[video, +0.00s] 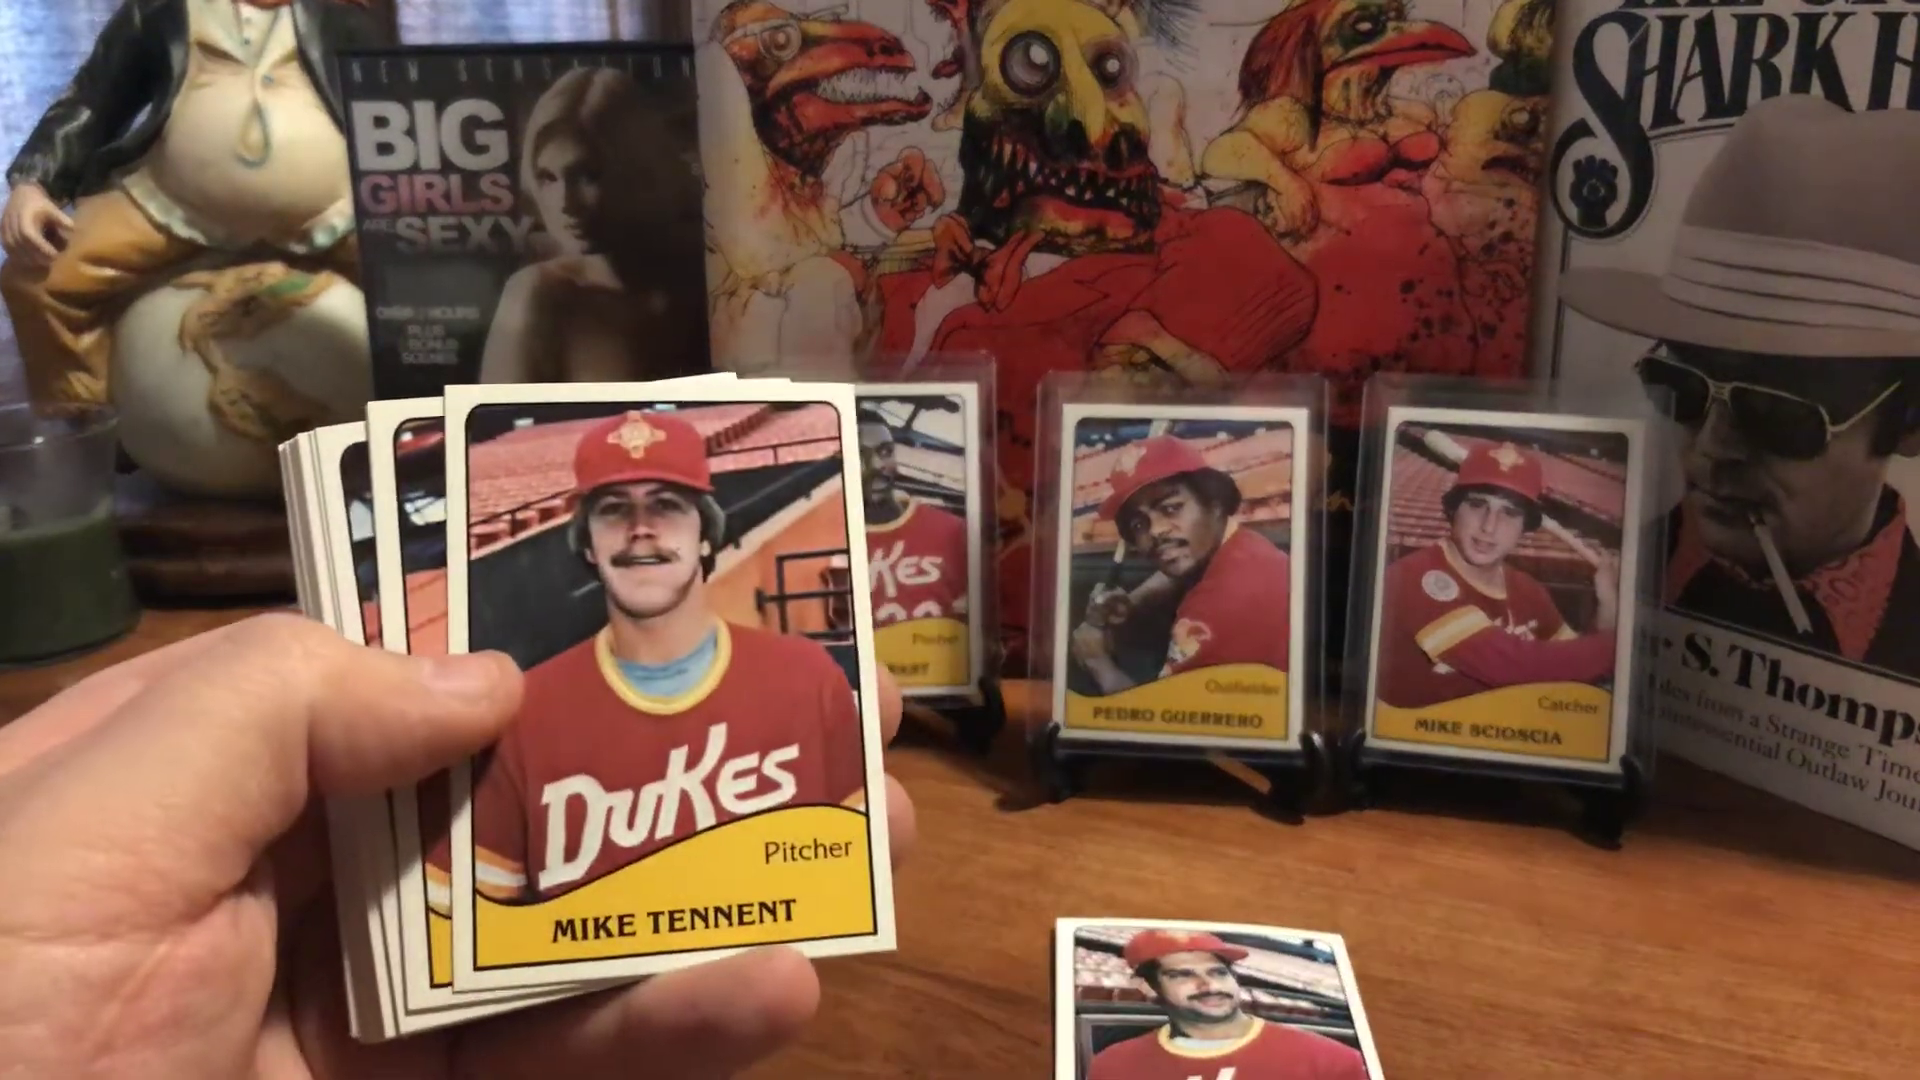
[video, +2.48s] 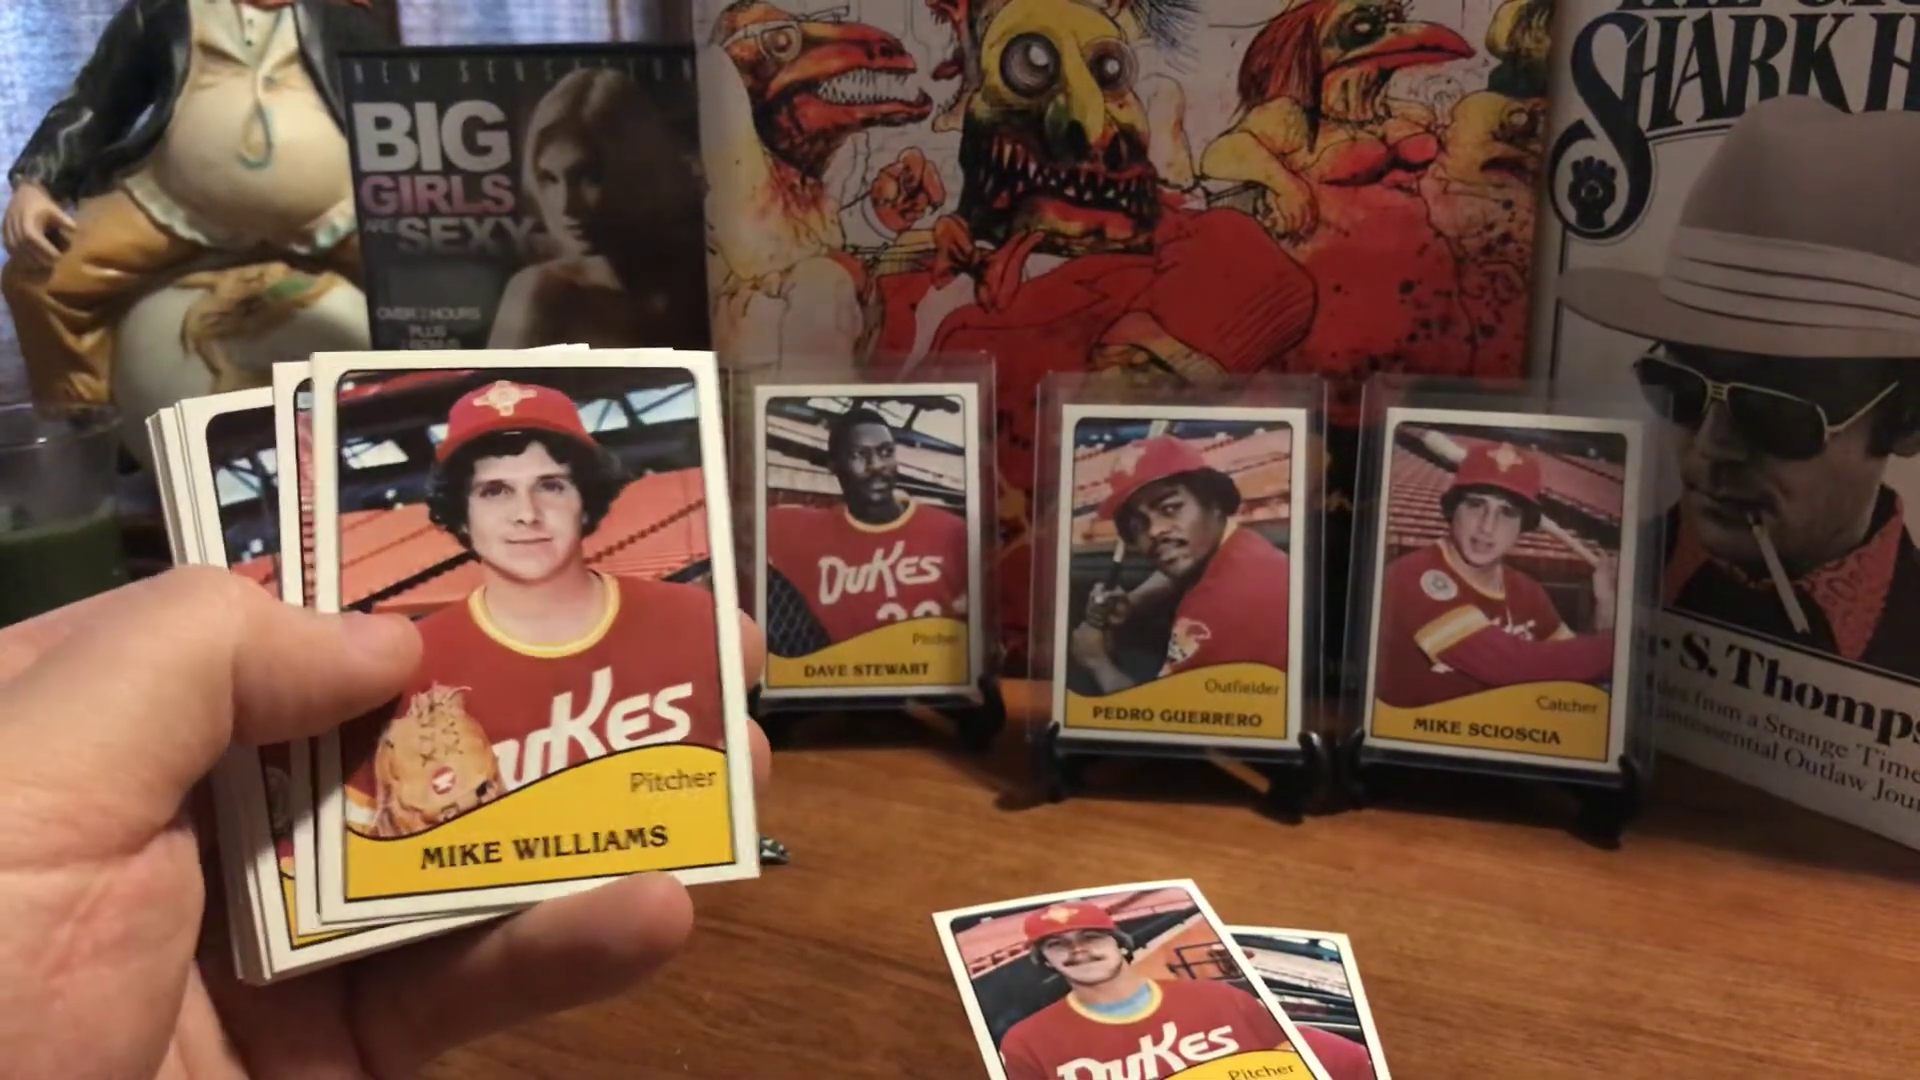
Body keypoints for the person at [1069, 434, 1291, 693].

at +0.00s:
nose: (1156, 531)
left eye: (1171, 508)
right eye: (1140, 523)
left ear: (1215, 503)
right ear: (1133, 540)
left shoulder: (1214, 605)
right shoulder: (1252, 546)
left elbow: (1160, 719)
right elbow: (1186, 564)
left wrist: (1098, 662)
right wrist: (1133, 602)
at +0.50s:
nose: (1157, 531)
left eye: (1171, 508)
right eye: (1141, 522)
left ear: (1216, 505)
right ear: (1134, 539)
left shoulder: (1213, 606)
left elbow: (1163, 722)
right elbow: (1184, 567)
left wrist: (1098, 663)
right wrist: (1133, 601)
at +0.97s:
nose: (1156, 529)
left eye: (1170, 507)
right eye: (1140, 520)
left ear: (1214, 504)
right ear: (1133, 536)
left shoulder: (1213, 602)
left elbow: (1163, 721)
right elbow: (1185, 564)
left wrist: (1098, 661)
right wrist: (1132, 600)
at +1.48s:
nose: (1156, 530)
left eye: (1171, 508)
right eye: (1141, 521)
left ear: (1213, 505)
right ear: (1133, 537)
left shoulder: (1211, 607)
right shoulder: (1247, 544)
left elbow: (1159, 720)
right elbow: (1184, 565)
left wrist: (1098, 662)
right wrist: (1131, 602)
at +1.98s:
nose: (1156, 530)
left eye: (1170, 508)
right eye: (1140, 522)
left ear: (1213, 504)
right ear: (1133, 539)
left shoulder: (1212, 605)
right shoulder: (1248, 544)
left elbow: (1160, 720)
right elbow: (1185, 564)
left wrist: (1098, 662)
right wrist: (1132, 602)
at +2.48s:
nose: (1156, 531)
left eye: (1170, 508)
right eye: (1140, 522)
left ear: (1214, 504)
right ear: (1133, 540)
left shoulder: (1213, 605)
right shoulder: (1248, 545)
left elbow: (1159, 720)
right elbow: (1184, 565)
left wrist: (1098, 662)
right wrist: (1132, 603)